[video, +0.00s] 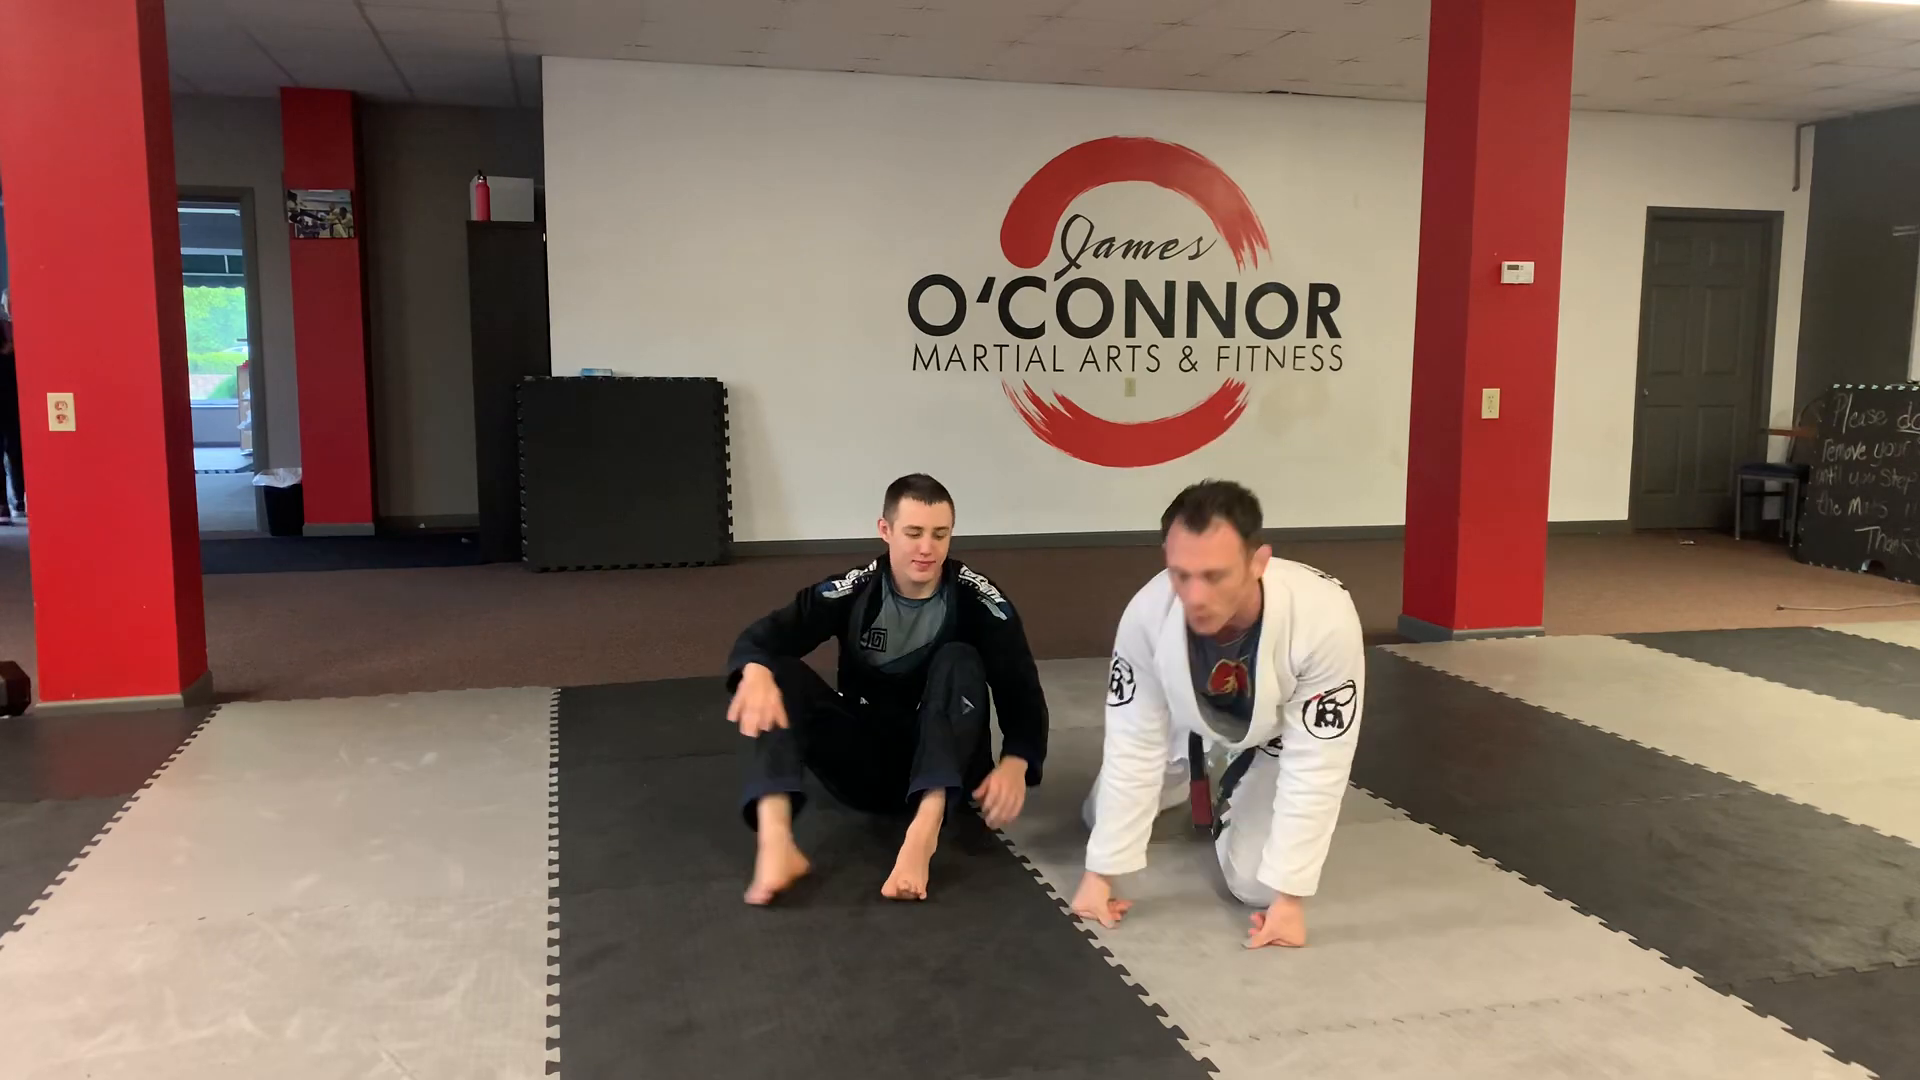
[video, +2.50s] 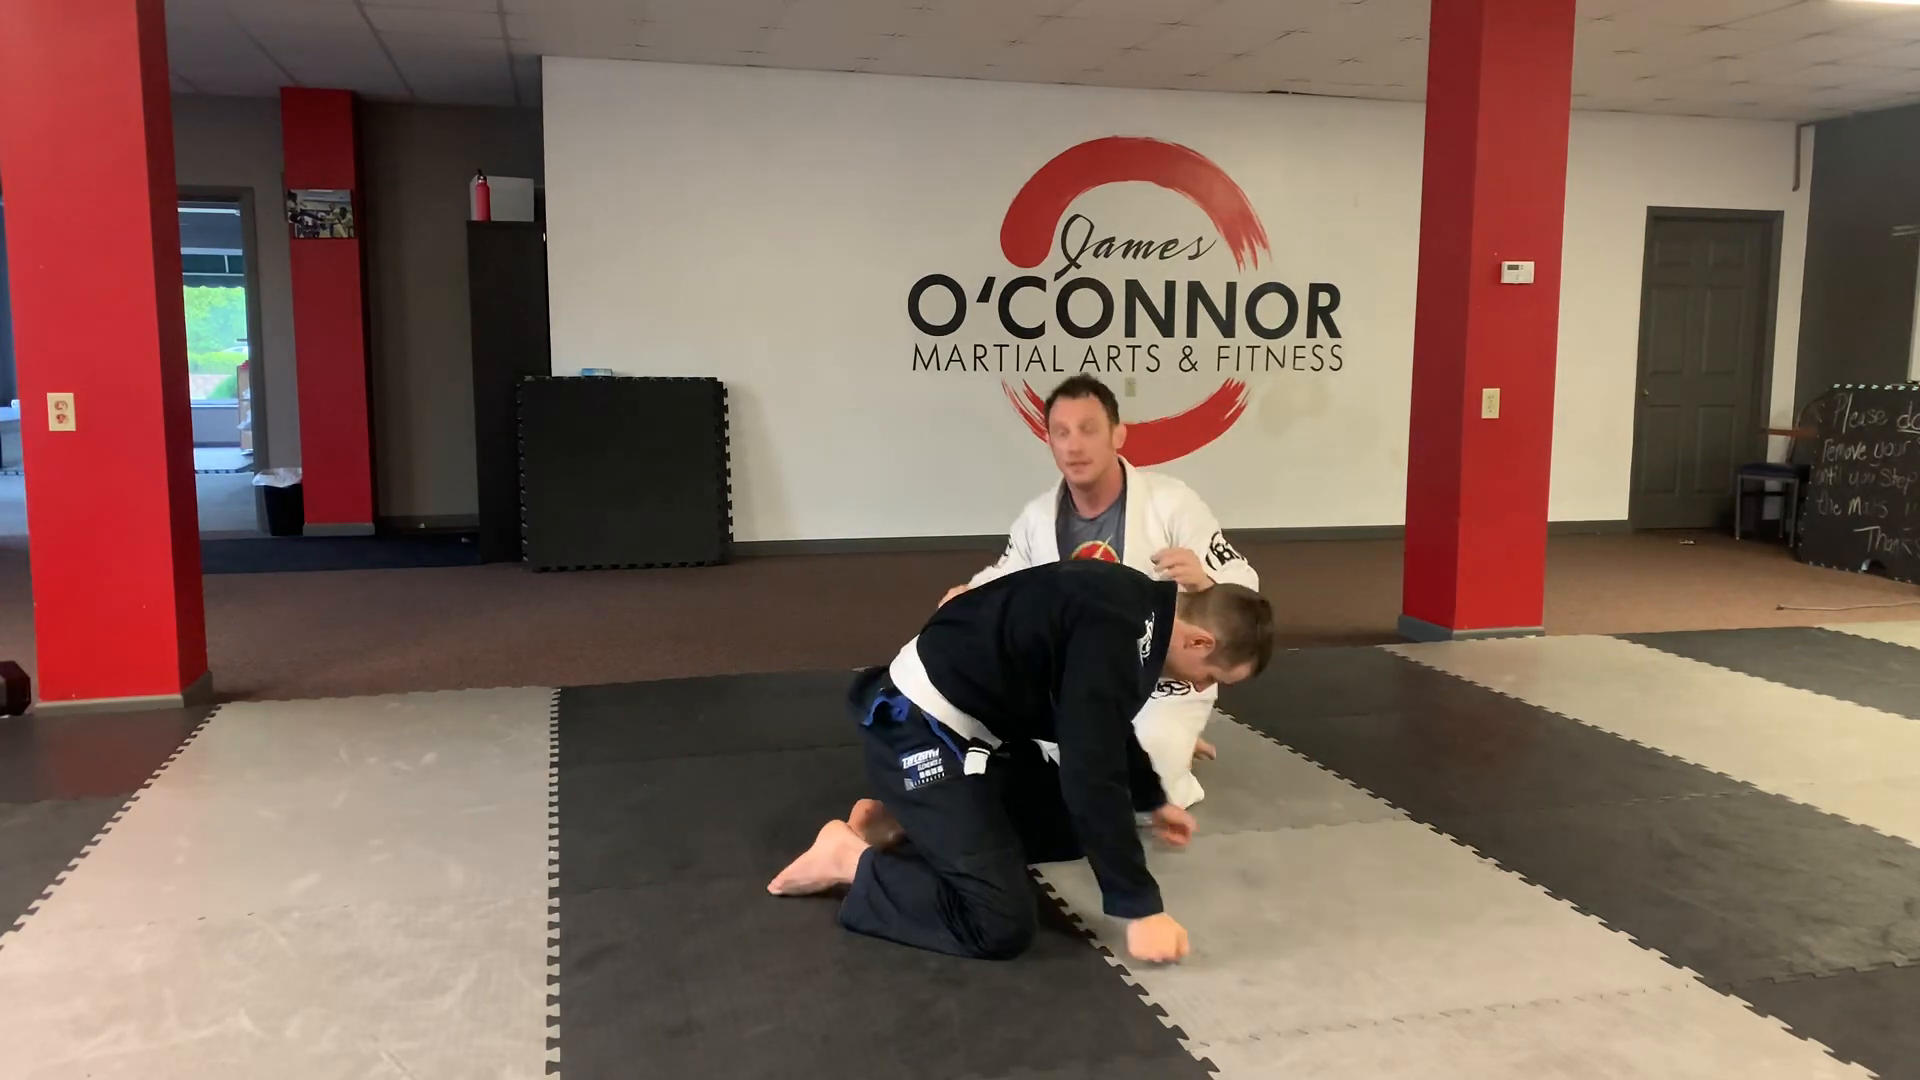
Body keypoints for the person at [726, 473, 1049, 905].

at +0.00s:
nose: (927, 549)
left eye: (939, 535)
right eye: (913, 534)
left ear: (951, 533)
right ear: (885, 531)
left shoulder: (983, 604)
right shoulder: (853, 591)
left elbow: (1023, 699)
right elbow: (764, 637)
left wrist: (1015, 766)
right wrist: (755, 670)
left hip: (944, 767)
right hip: (861, 764)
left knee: (958, 659)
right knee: (777, 671)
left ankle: (924, 831)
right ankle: (775, 840)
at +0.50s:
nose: (934, 574)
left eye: (948, 561)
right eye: (922, 559)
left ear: (967, 549)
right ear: (900, 543)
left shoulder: (996, 598)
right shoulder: (873, 584)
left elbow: (1023, 705)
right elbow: (797, 635)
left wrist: (1005, 799)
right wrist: (739, 686)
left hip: (942, 759)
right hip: (862, 744)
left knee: (963, 701)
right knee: (738, 678)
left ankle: (825, 811)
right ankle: (672, 823)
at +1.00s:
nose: (909, 640)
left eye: (920, 628)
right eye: (893, 630)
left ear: (936, 597)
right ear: (867, 605)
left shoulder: (978, 617)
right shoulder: (839, 625)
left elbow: (1012, 712)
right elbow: (769, 713)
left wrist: (1002, 798)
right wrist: (755, 814)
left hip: (920, 755)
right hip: (846, 741)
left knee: (958, 767)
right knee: (757, 665)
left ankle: (835, 816)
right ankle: (680, 828)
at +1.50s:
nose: (1050, 656)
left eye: (1062, 648)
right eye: (1048, 640)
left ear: (1064, 629)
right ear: (1021, 597)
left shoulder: (1041, 640)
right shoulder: (933, 595)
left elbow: (1017, 725)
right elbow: (886, 714)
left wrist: (1001, 806)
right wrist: (913, 837)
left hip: (929, 728)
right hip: (854, 691)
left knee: (973, 839)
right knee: (763, 681)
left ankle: (832, 828)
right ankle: (688, 838)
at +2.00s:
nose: (1187, 693)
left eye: (1202, 689)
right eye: (1199, 681)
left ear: (1185, 630)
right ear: (1185, 640)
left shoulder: (1124, 621)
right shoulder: (1100, 620)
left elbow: (1048, 741)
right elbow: (1042, 756)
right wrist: (1042, 891)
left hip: (961, 724)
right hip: (913, 719)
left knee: (1068, 820)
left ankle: (906, 836)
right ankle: (814, 873)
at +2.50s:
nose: (1204, 687)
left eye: (1216, 682)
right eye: (1213, 676)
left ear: (1197, 633)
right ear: (1195, 642)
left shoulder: (1144, 611)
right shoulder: (1113, 625)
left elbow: (1110, 728)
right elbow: (1092, 775)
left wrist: (1154, 802)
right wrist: (1139, 909)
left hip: (981, 726)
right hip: (921, 729)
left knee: (1069, 832)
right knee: (1002, 925)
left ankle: (899, 825)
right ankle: (849, 861)